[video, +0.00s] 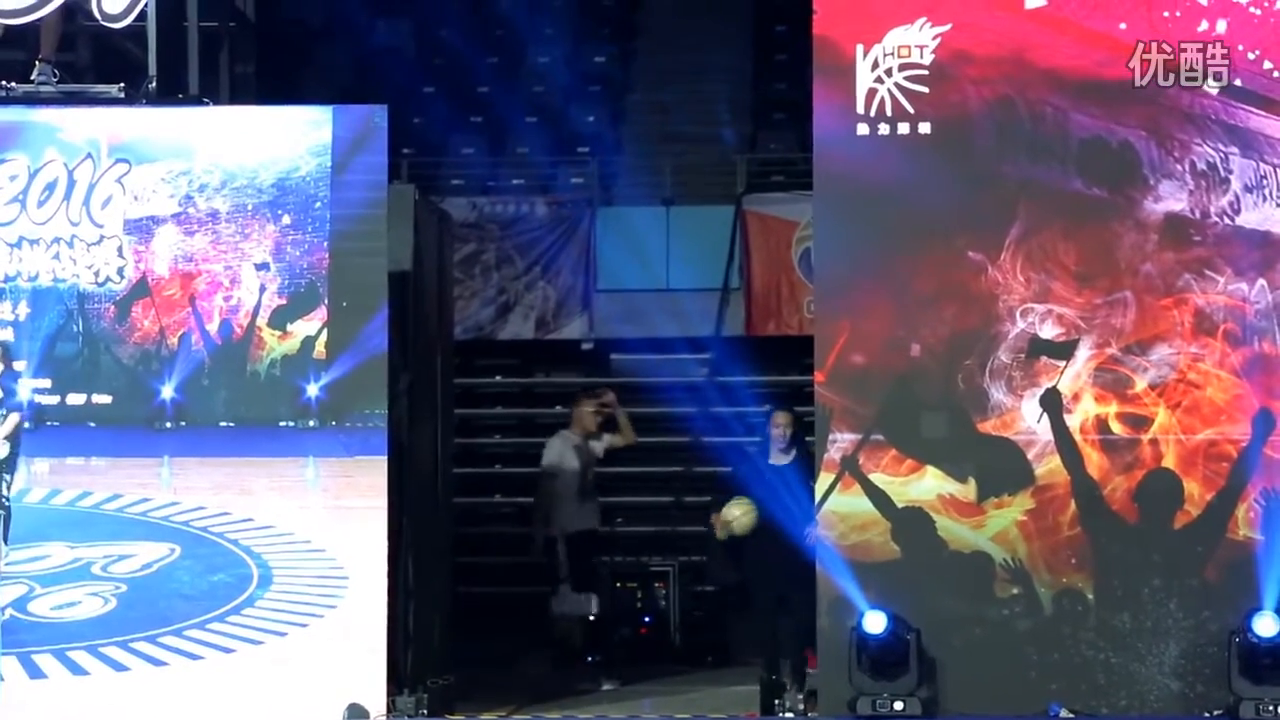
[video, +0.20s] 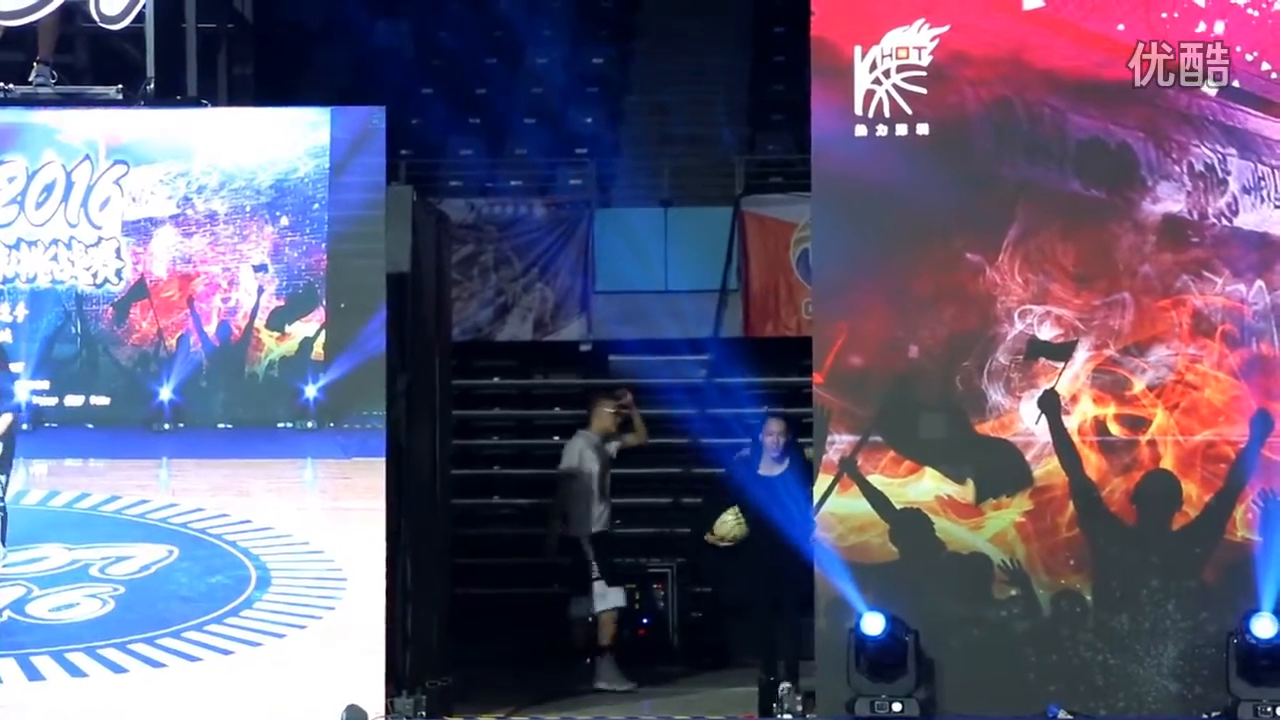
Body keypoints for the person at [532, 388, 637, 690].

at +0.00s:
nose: (597, 418)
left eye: (599, 413)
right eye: (591, 412)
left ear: (598, 416)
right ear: (576, 413)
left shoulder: (592, 444)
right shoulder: (558, 444)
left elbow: (627, 438)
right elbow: (546, 494)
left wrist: (617, 409)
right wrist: (547, 530)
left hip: (588, 530)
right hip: (562, 531)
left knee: (591, 596)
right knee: (568, 596)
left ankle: (590, 665)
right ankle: (567, 666)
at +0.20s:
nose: (615, 419)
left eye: (617, 414)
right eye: (610, 413)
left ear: (614, 418)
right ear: (595, 414)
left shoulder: (605, 444)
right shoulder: (578, 445)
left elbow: (640, 437)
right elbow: (564, 495)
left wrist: (632, 409)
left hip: (599, 533)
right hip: (582, 535)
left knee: (590, 600)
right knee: (610, 598)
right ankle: (605, 668)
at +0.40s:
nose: (632, 422)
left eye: (633, 417)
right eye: (629, 416)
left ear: (626, 420)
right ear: (612, 416)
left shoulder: (619, 446)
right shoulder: (598, 448)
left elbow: (650, 438)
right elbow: (588, 496)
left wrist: (643, 412)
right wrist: (590, 542)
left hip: (618, 537)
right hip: (605, 540)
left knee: (602, 606)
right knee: (626, 605)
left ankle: (600, 672)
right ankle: (644, 669)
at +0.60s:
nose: (649, 422)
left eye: (649, 417)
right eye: (646, 417)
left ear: (633, 418)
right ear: (633, 418)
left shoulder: (619, 443)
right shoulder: (622, 449)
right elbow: (616, 499)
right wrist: (630, 541)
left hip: (628, 538)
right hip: (623, 540)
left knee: (633, 605)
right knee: (620, 605)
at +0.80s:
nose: (660, 422)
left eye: (660, 417)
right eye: (656, 417)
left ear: (643, 419)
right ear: (643, 418)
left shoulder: (629, 441)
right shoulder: (636, 449)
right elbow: (639, 498)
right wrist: (660, 538)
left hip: (634, 534)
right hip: (639, 537)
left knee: (647, 603)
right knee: (646, 605)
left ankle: (648, 673)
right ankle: (646, 677)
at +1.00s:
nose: (662, 423)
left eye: (664, 418)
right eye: (658, 417)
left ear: (663, 419)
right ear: (644, 418)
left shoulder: (651, 444)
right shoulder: (640, 445)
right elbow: (643, 484)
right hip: (646, 529)